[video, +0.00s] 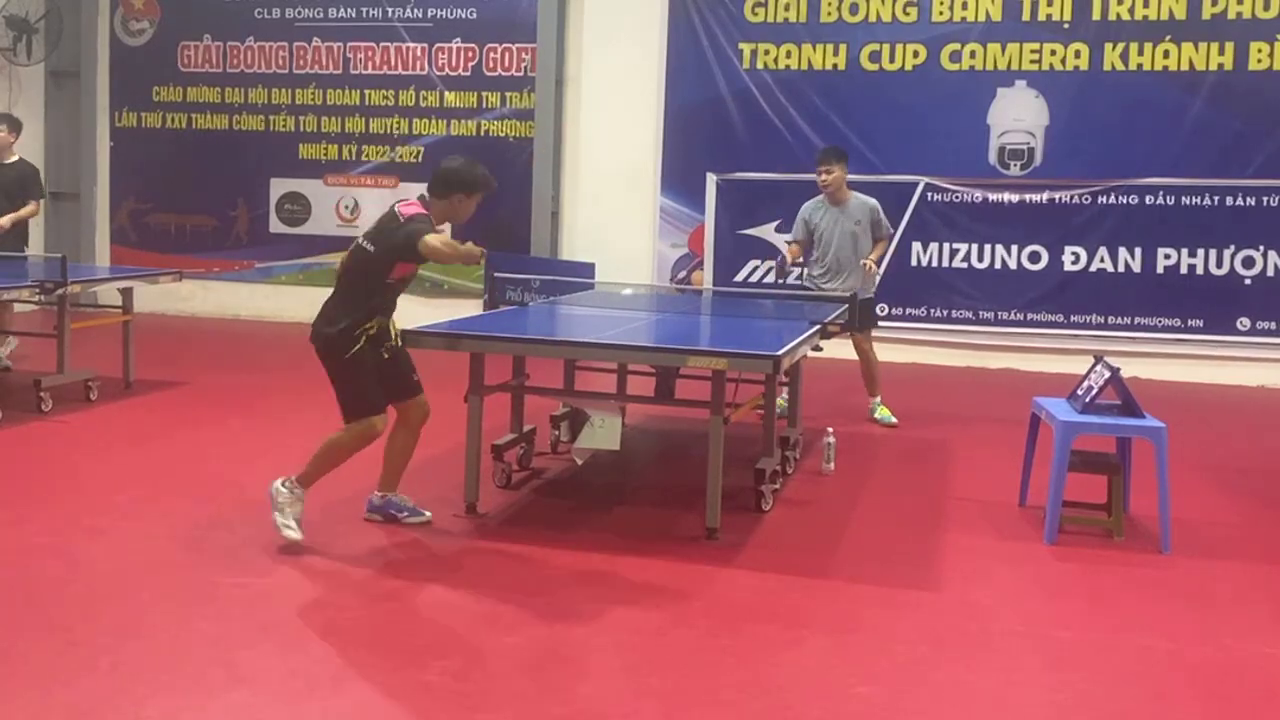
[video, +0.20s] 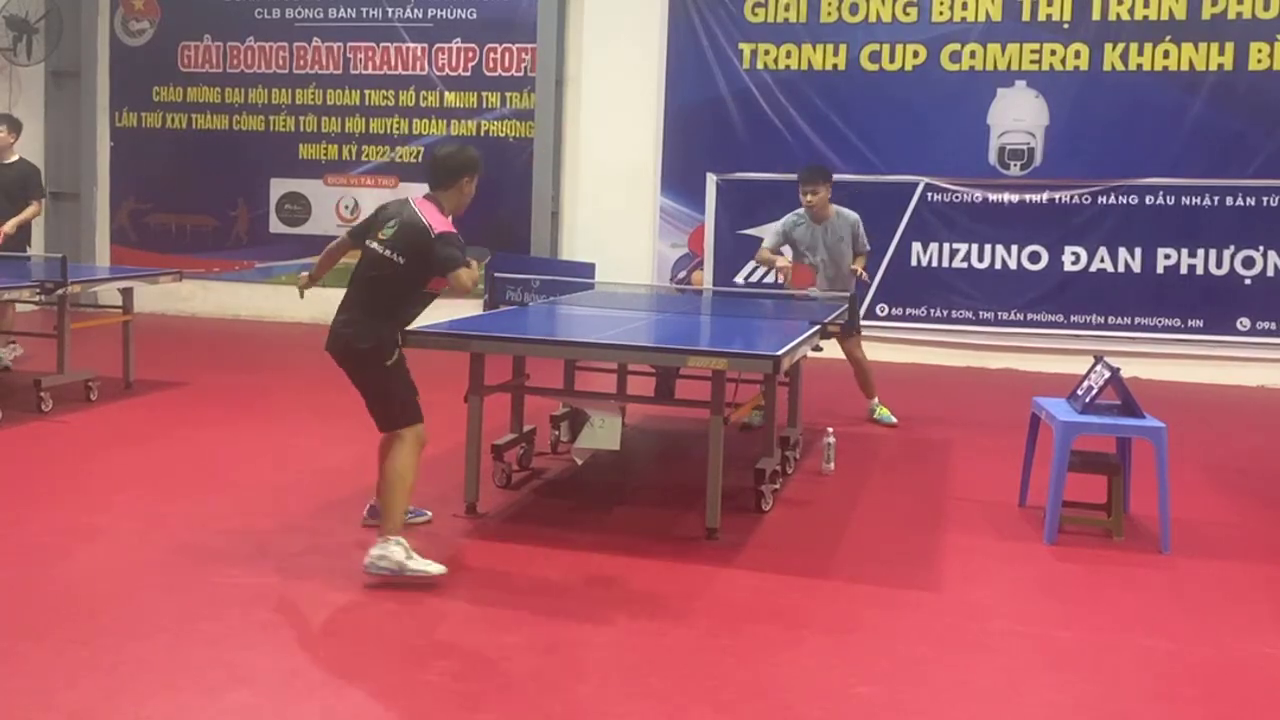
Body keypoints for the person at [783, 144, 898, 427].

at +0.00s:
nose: (823, 178)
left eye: (829, 172)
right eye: (819, 173)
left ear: (844, 172)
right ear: (816, 175)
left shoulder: (869, 207)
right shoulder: (809, 210)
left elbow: (883, 238)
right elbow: (798, 245)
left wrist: (873, 257)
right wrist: (790, 254)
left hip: (858, 292)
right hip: (816, 291)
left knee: (863, 344)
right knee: (794, 341)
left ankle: (876, 403)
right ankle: (788, 396)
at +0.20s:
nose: (808, 199)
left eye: (814, 193)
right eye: (804, 193)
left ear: (829, 191)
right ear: (799, 193)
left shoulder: (851, 221)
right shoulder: (791, 222)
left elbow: (861, 252)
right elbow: (761, 254)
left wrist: (858, 265)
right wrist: (777, 260)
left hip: (841, 301)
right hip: (803, 300)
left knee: (855, 354)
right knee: (780, 349)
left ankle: (875, 404)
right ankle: (762, 404)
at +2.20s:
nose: (790, 183)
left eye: (796, 178)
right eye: (786, 179)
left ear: (807, 179)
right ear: (782, 182)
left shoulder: (828, 208)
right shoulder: (775, 213)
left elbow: (842, 238)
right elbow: (758, 244)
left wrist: (840, 247)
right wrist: (750, 247)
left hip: (819, 287)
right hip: (781, 284)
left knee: (830, 335)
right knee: (753, 324)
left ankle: (839, 387)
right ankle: (745, 382)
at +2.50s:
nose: (768, 212)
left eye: (772, 207)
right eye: (764, 208)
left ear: (786, 206)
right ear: (761, 209)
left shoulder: (808, 227)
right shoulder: (759, 234)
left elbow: (824, 256)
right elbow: (742, 260)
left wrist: (827, 266)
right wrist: (732, 262)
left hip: (806, 295)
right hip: (770, 295)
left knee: (828, 334)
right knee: (736, 326)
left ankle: (838, 388)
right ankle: (722, 380)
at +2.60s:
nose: (744, 217)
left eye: (749, 211)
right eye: (742, 213)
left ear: (765, 211)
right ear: (742, 217)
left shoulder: (793, 229)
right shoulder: (745, 245)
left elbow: (822, 248)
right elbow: (718, 273)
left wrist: (841, 263)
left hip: (808, 299)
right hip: (773, 302)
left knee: (828, 335)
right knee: (739, 330)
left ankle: (839, 388)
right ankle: (726, 381)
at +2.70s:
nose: (726, 210)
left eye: (731, 204)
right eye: (724, 207)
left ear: (747, 205)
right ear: (725, 212)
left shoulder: (773, 219)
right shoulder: (727, 242)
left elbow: (802, 222)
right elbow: (704, 263)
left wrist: (831, 221)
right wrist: (681, 279)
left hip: (797, 292)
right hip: (760, 296)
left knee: (824, 334)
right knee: (731, 331)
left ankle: (843, 386)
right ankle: (720, 380)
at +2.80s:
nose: (725, 192)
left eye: (729, 187)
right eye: (721, 189)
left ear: (742, 189)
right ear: (720, 195)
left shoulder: (766, 207)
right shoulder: (718, 228)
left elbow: (802, 200)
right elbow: (711, 265)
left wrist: (832, 191)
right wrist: (704, 287)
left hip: (780, 283)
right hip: (743, 288)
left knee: (812, 321)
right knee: (728, 328)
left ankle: (829, 370)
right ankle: (727, 378)